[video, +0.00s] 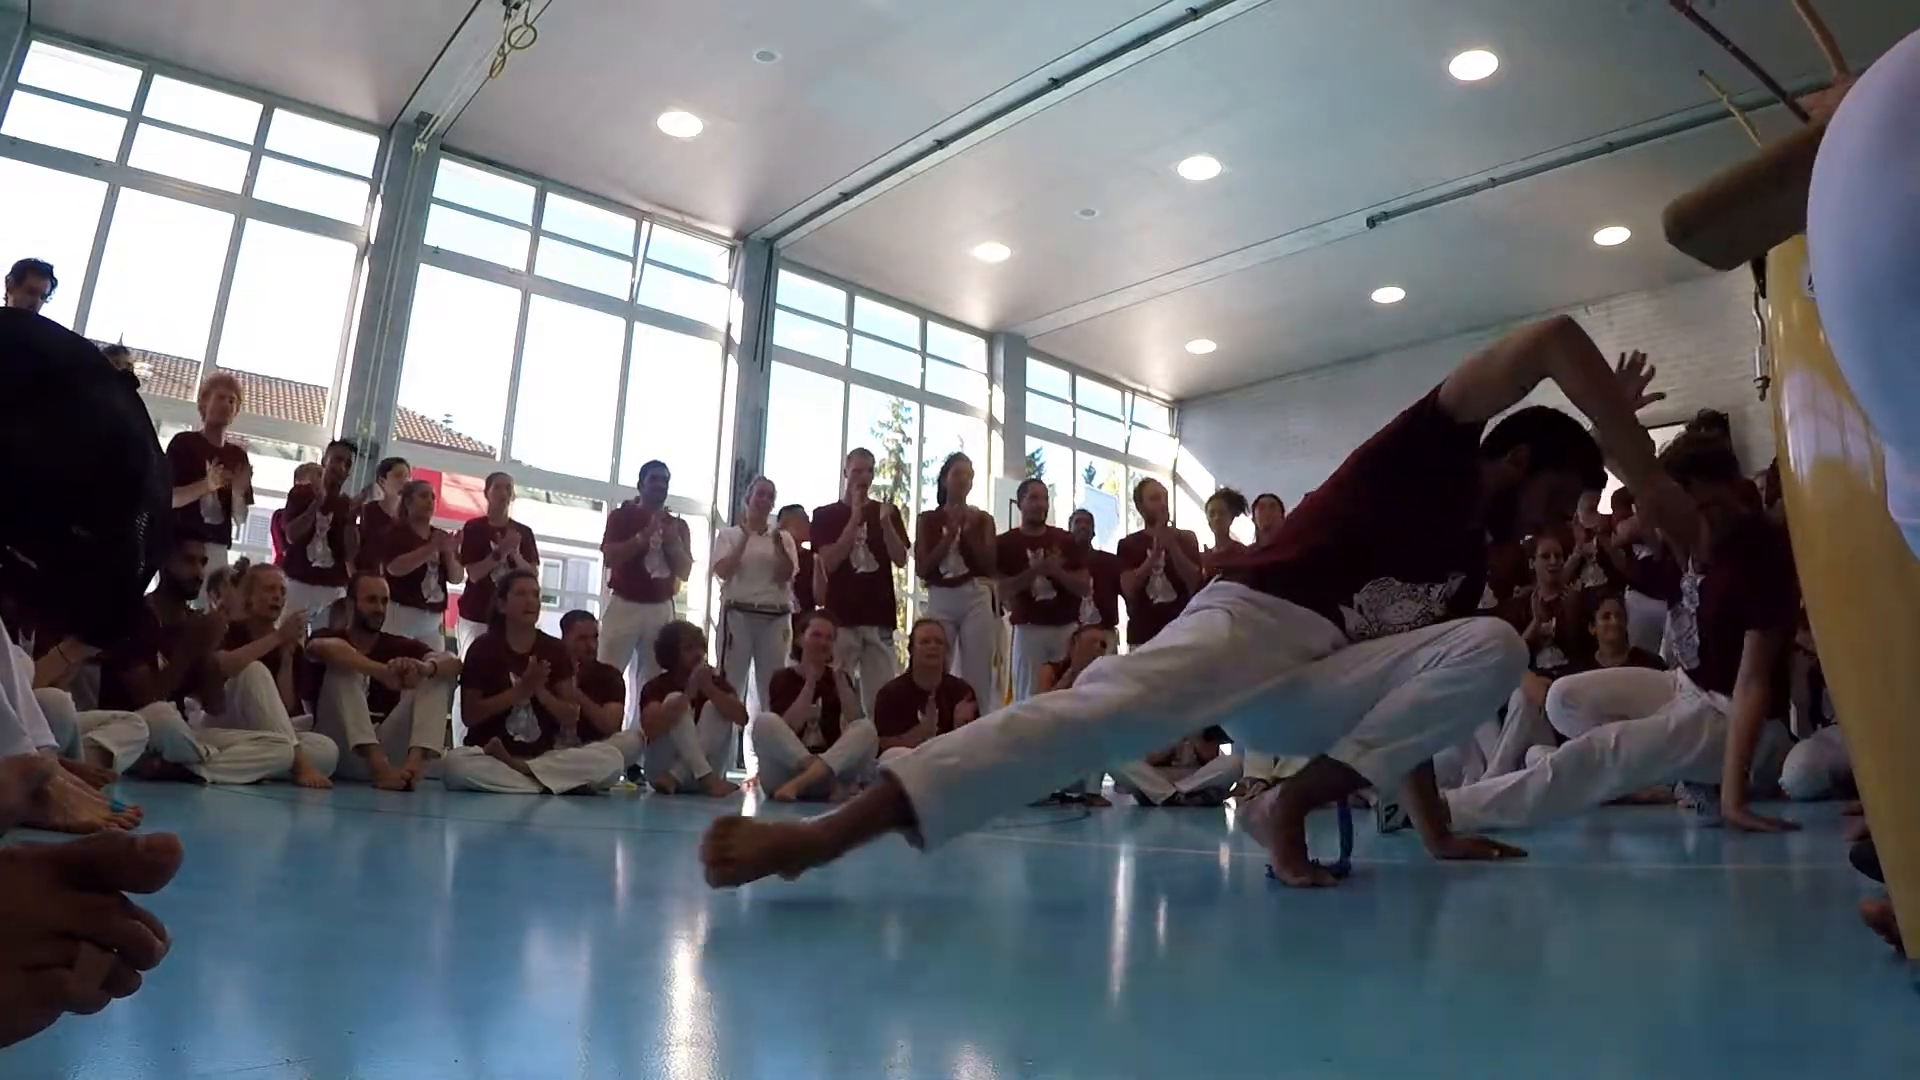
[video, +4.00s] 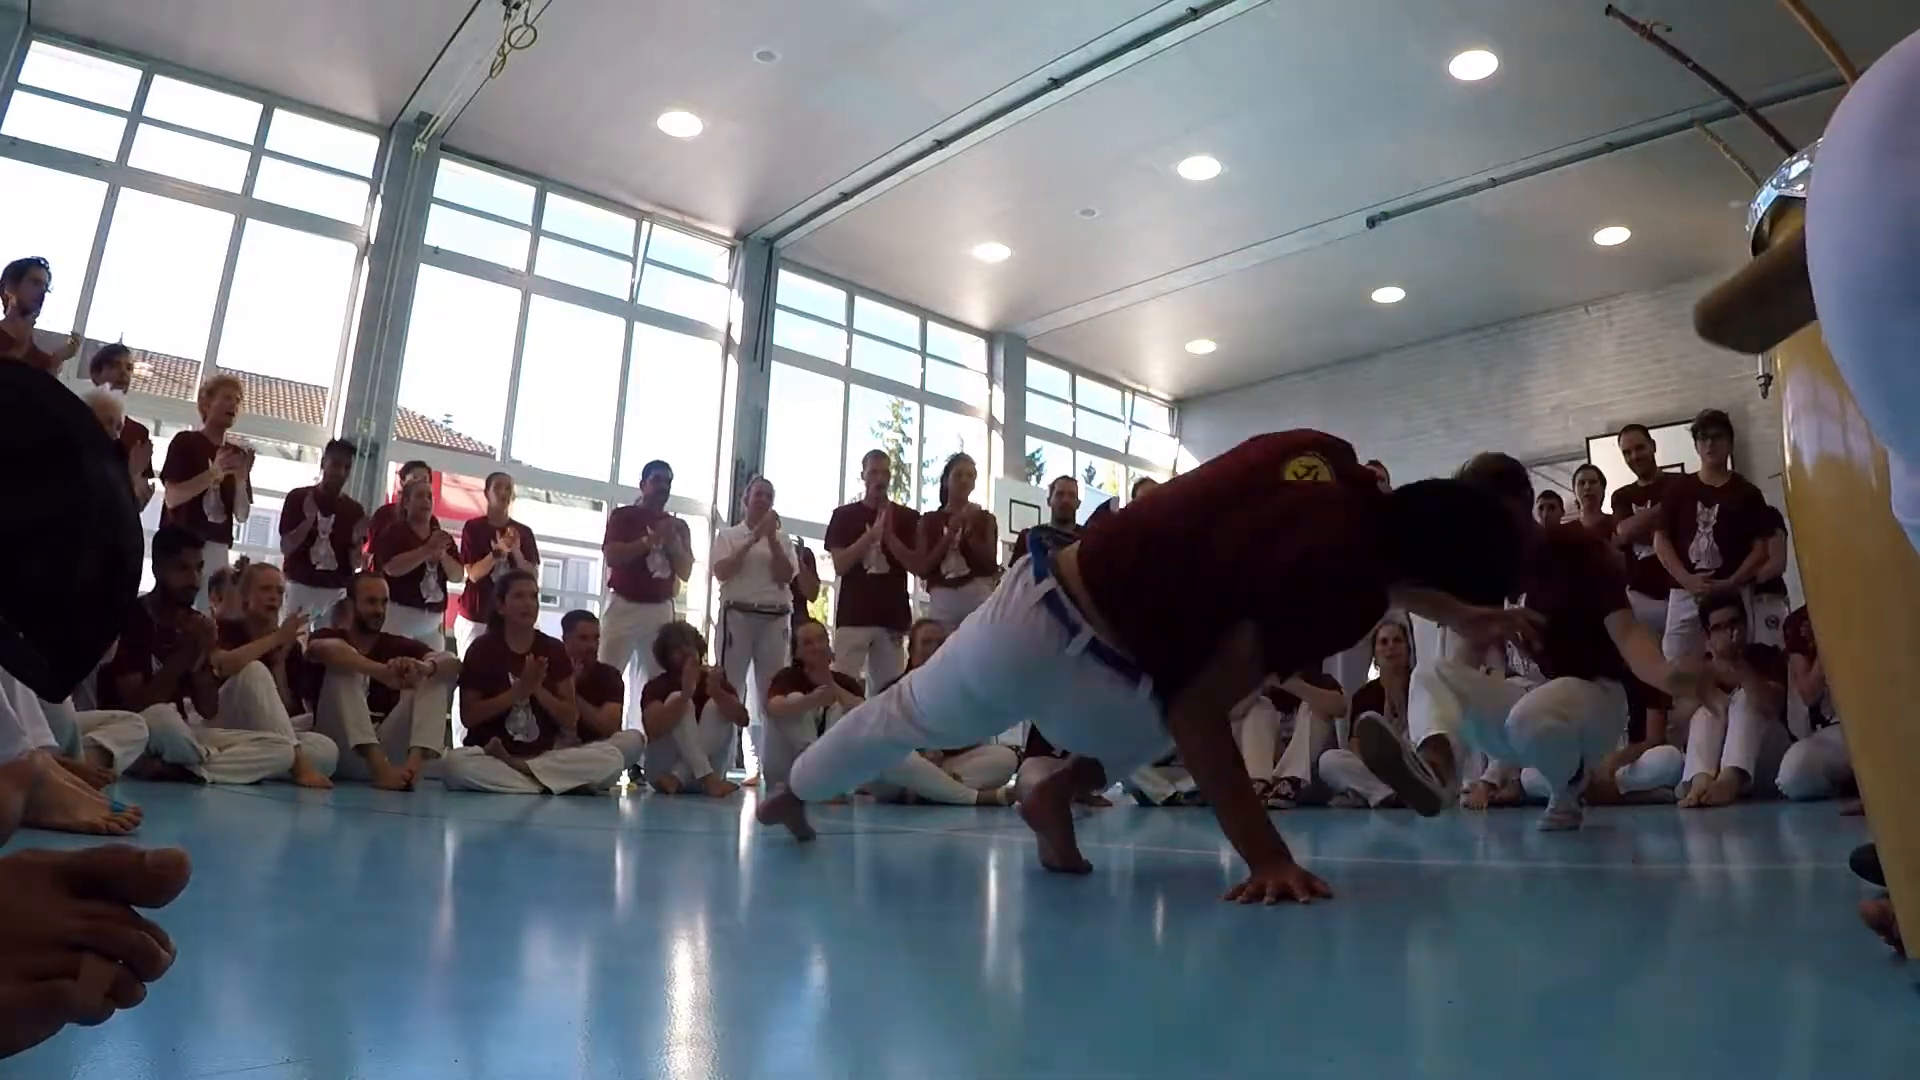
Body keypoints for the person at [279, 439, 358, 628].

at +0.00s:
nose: (341, 468)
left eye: (347, 464)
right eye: (337, 460)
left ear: (351, 471)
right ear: (324, 461)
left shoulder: (346, 504)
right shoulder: (300, 494)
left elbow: (351, 552)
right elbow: (292, 535)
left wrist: (352, 518)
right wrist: (317, 503)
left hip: (333, 586)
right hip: (299, 582)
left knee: (327, 654)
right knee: (288, 646)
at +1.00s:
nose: (334, 467)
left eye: (340, 462)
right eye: (328, 460)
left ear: (345, 467)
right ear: (316, 463)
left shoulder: (352, 506)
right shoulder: (299, 498)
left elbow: (351, 554)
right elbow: (292, 544)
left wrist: (345, 526)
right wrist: (321, 523)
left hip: (336, 588)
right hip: (302, 584)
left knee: (329, 654)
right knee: (292, 650)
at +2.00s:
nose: (337, 470)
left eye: (342, 465)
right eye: (331, 463)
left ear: (346, 469)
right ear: (318, 465)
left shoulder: (353, 508)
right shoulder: (299, 497)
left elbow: (351, 551)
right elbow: (293, 543)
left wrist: (345, 519)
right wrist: (326, 520)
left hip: (335, 589)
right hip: (301, 584)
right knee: (292, 650)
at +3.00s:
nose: (335, 472)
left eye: (341, 467)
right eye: (329, 465)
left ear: (345, 469)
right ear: (317, 464)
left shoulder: (350, 505)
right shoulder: (297, 498)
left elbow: (352, 554)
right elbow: (294, 546)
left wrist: (346, 525)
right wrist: (322, 529)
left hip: (337, 588)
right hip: (302, 585)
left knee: (331, 654)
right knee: (293, 651)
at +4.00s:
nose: (340, 473)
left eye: (346, 468)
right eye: (335, 465)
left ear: (350, 471)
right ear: (323, 464)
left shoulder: (354, 510)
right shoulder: (297, 498)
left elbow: (356, 563)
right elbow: (286, 547)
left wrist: (357, 543)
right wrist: (308, 521)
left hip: (335, 592)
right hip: (299, 587)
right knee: (291, 652)